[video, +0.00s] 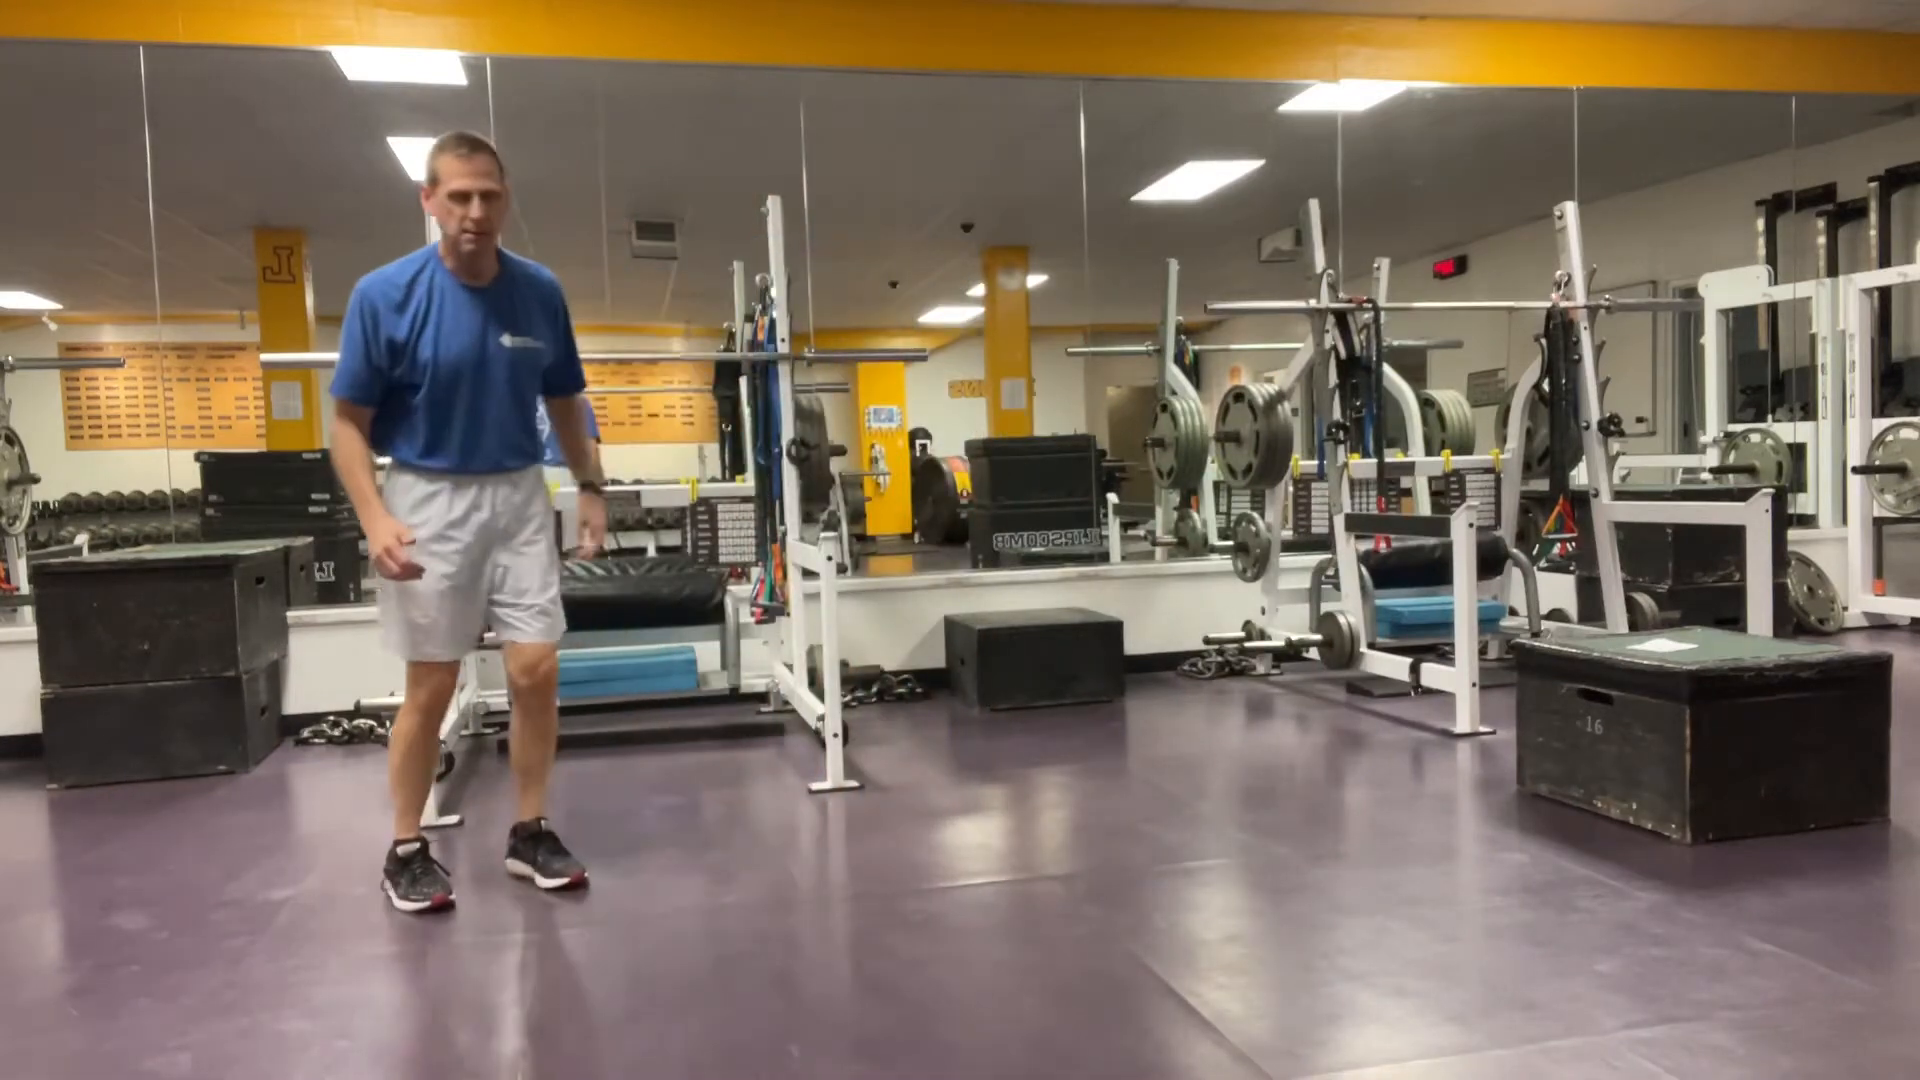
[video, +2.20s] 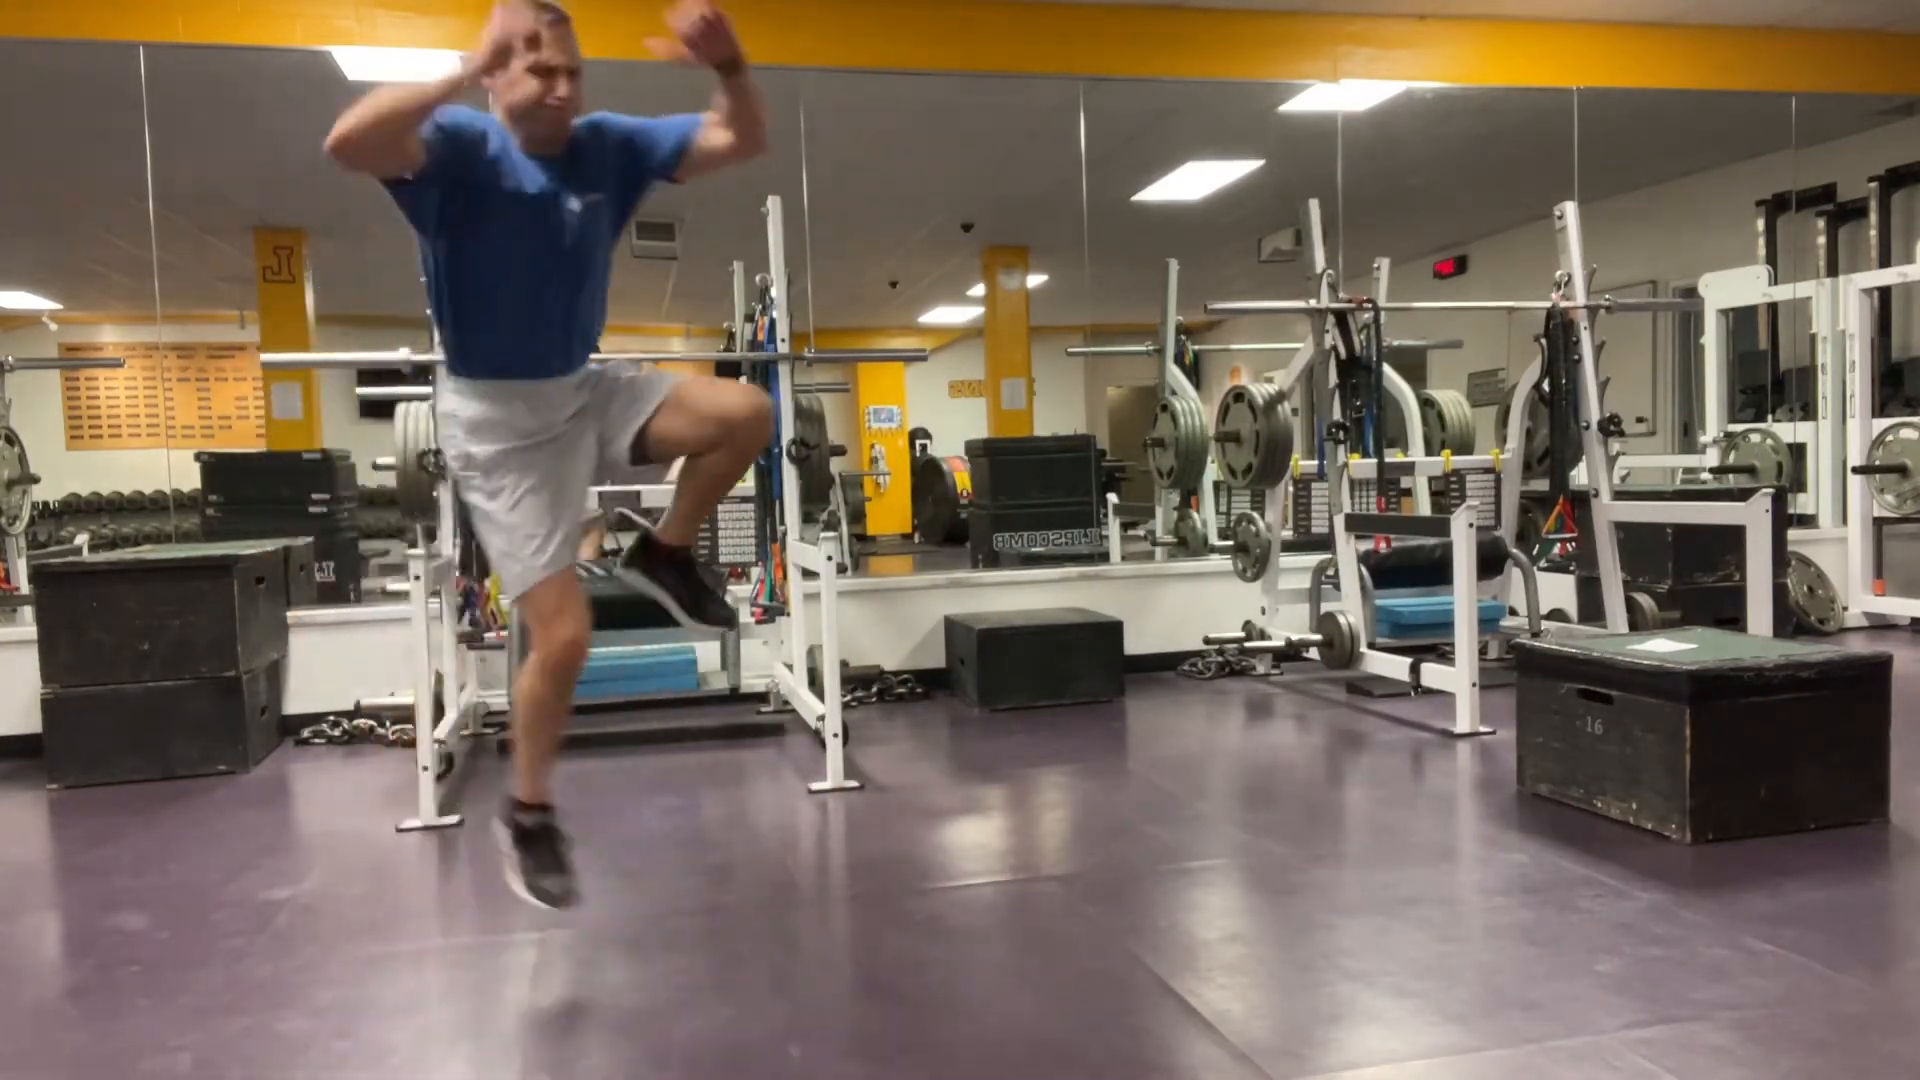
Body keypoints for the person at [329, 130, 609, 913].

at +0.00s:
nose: (474, 213)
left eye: (488, 198)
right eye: (458, 199)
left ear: (506, 204)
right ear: (429, 204)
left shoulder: (538, 294)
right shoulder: (381, 297)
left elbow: (565, 400)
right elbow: (347, 424)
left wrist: (590, 489)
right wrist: (375, 519)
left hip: (519, 499)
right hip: (426, 503)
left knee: (537, 669)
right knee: (431, 688)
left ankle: (532, 832)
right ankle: (408, 846)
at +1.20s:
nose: (401, 225)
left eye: (412, 209)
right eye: (384, 209)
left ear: (426, 211)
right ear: (347, 209)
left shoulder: (462, 296)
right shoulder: (301, 301)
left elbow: (505, 396)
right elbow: (272, 422)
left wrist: (519, 422)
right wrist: (325, 439)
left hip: (452, 485)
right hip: (358, 503)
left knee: (519, 561)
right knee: (387, 685)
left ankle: (499, 696)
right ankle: (399, 838)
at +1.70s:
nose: (440, 306)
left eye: (451, 290)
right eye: (421, 291)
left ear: (464, 289)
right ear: (381, 290)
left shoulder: (503, 360)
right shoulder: (331, 364)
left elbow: (516, 416)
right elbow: (263, 410)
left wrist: (502, 492)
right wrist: (241, 486)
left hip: (455, 527)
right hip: (362, 535)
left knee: (490, 668)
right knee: (414, 698)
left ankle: (426, 707)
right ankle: (400, 841)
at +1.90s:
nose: (447, 263)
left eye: (455, 247)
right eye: (429, 248)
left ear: (469, 248)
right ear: (385, 250)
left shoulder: (498, 314)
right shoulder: (350, 334)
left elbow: (598, 357)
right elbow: (363, 418)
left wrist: (580, 295)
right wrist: (455, 324)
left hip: (483, 527)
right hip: (393, 549)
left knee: (569, 616)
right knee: (442, 730)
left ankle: (542, 761)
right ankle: (405, 837)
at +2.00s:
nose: (465, 186)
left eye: (474, 167)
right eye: (446, 173)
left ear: (492, 171)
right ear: (411, 180)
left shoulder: (515, 232)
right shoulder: (383, 250)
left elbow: (604, 160)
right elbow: (400, 205)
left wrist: (561, 58)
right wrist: (453, 72)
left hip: (518, 473)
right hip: (429, 497)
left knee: (639, 539)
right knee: (441, 705)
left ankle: (617, 687)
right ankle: (403, 822)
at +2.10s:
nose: (501, 109)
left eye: (514, 94)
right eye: (480, 93)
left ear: (528, 103)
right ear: (439, 107)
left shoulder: (554, 161)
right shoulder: (418, 181)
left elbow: (661, 103)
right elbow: (388, 121)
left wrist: (624, 13)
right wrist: (460, 8)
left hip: (553, 414)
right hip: (461, 438)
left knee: (701, 458)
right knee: (493, 664)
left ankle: (653, 606)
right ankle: (442, 783)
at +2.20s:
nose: (553, 80)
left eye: (566, 69)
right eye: (533, 68)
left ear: (581, 81)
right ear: (494, 82)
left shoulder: (609, 147)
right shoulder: (459, 147)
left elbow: (742, 135)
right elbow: (349, 143)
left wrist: (728, 66)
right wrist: (464, 77)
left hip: (586, 388)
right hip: (496, 420)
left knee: (744, 416)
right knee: (562, 638)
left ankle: (666, 552)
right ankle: (531, 815)